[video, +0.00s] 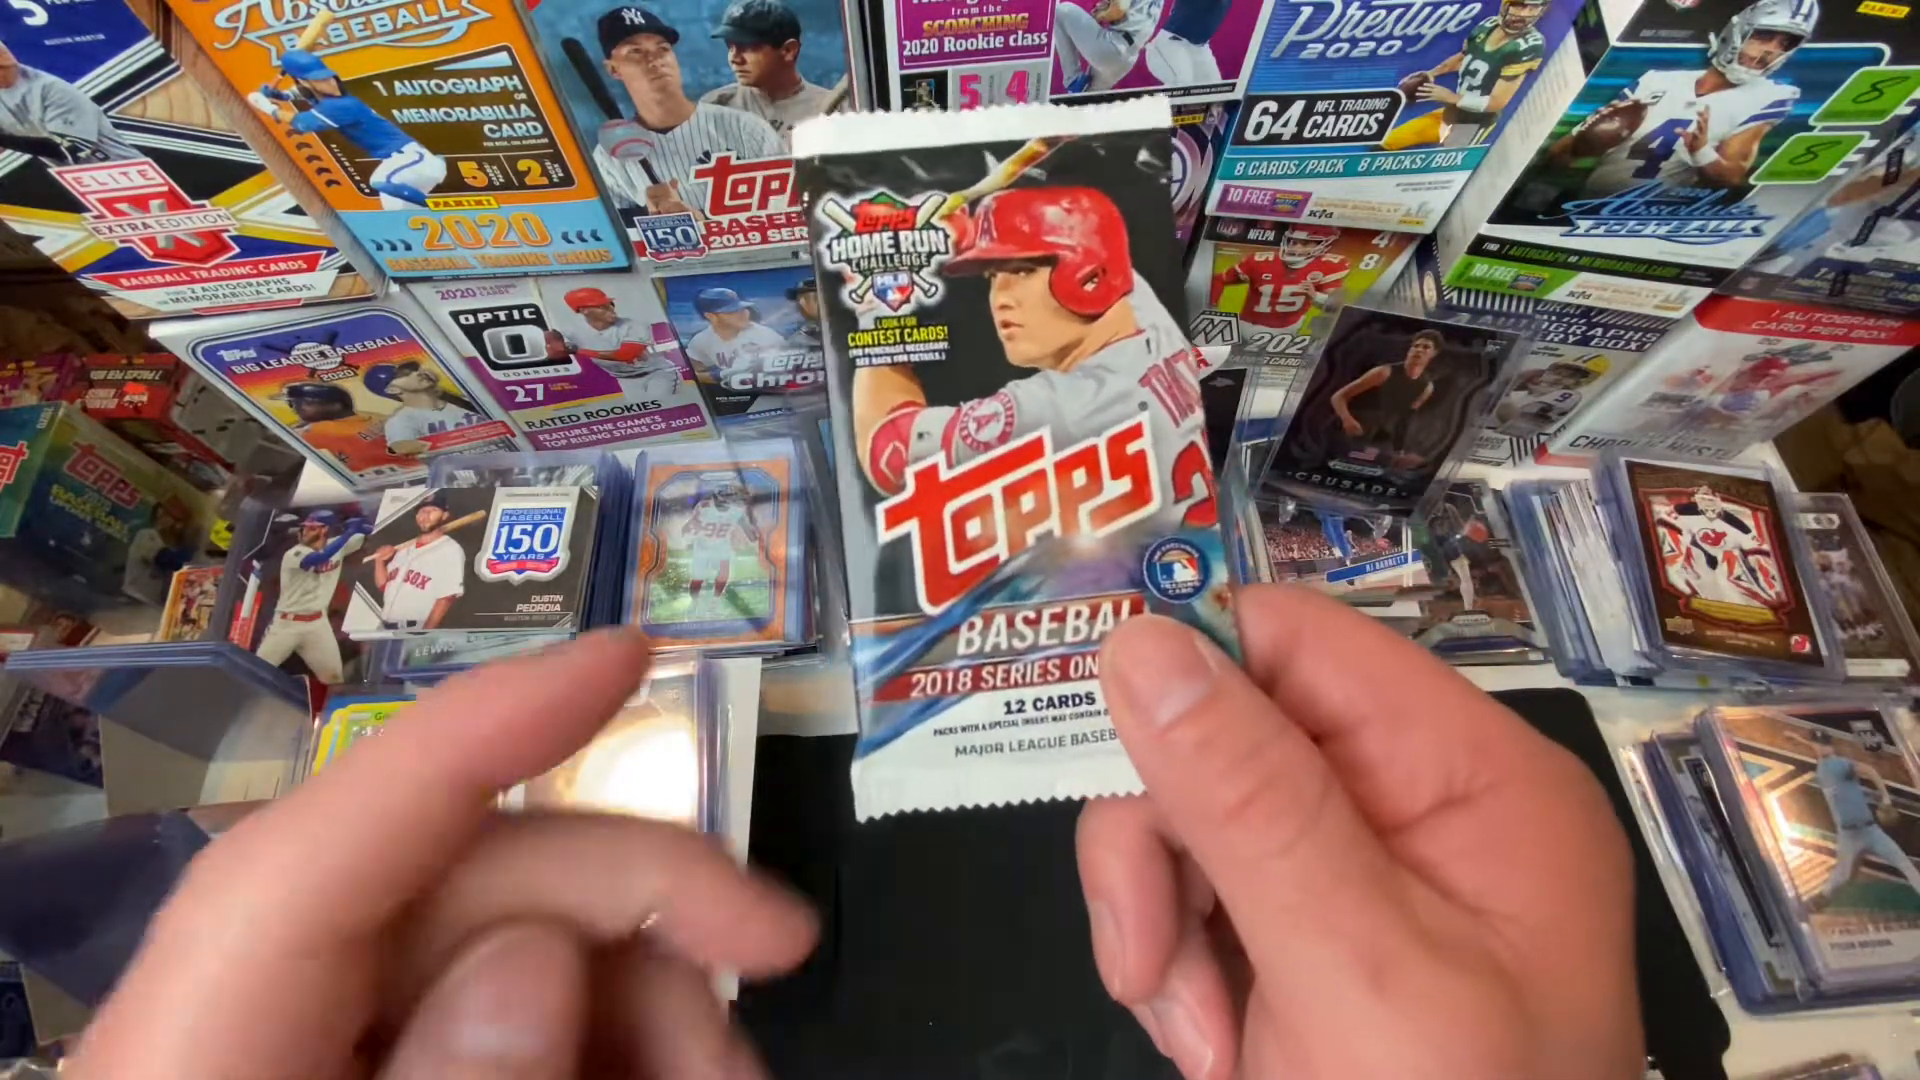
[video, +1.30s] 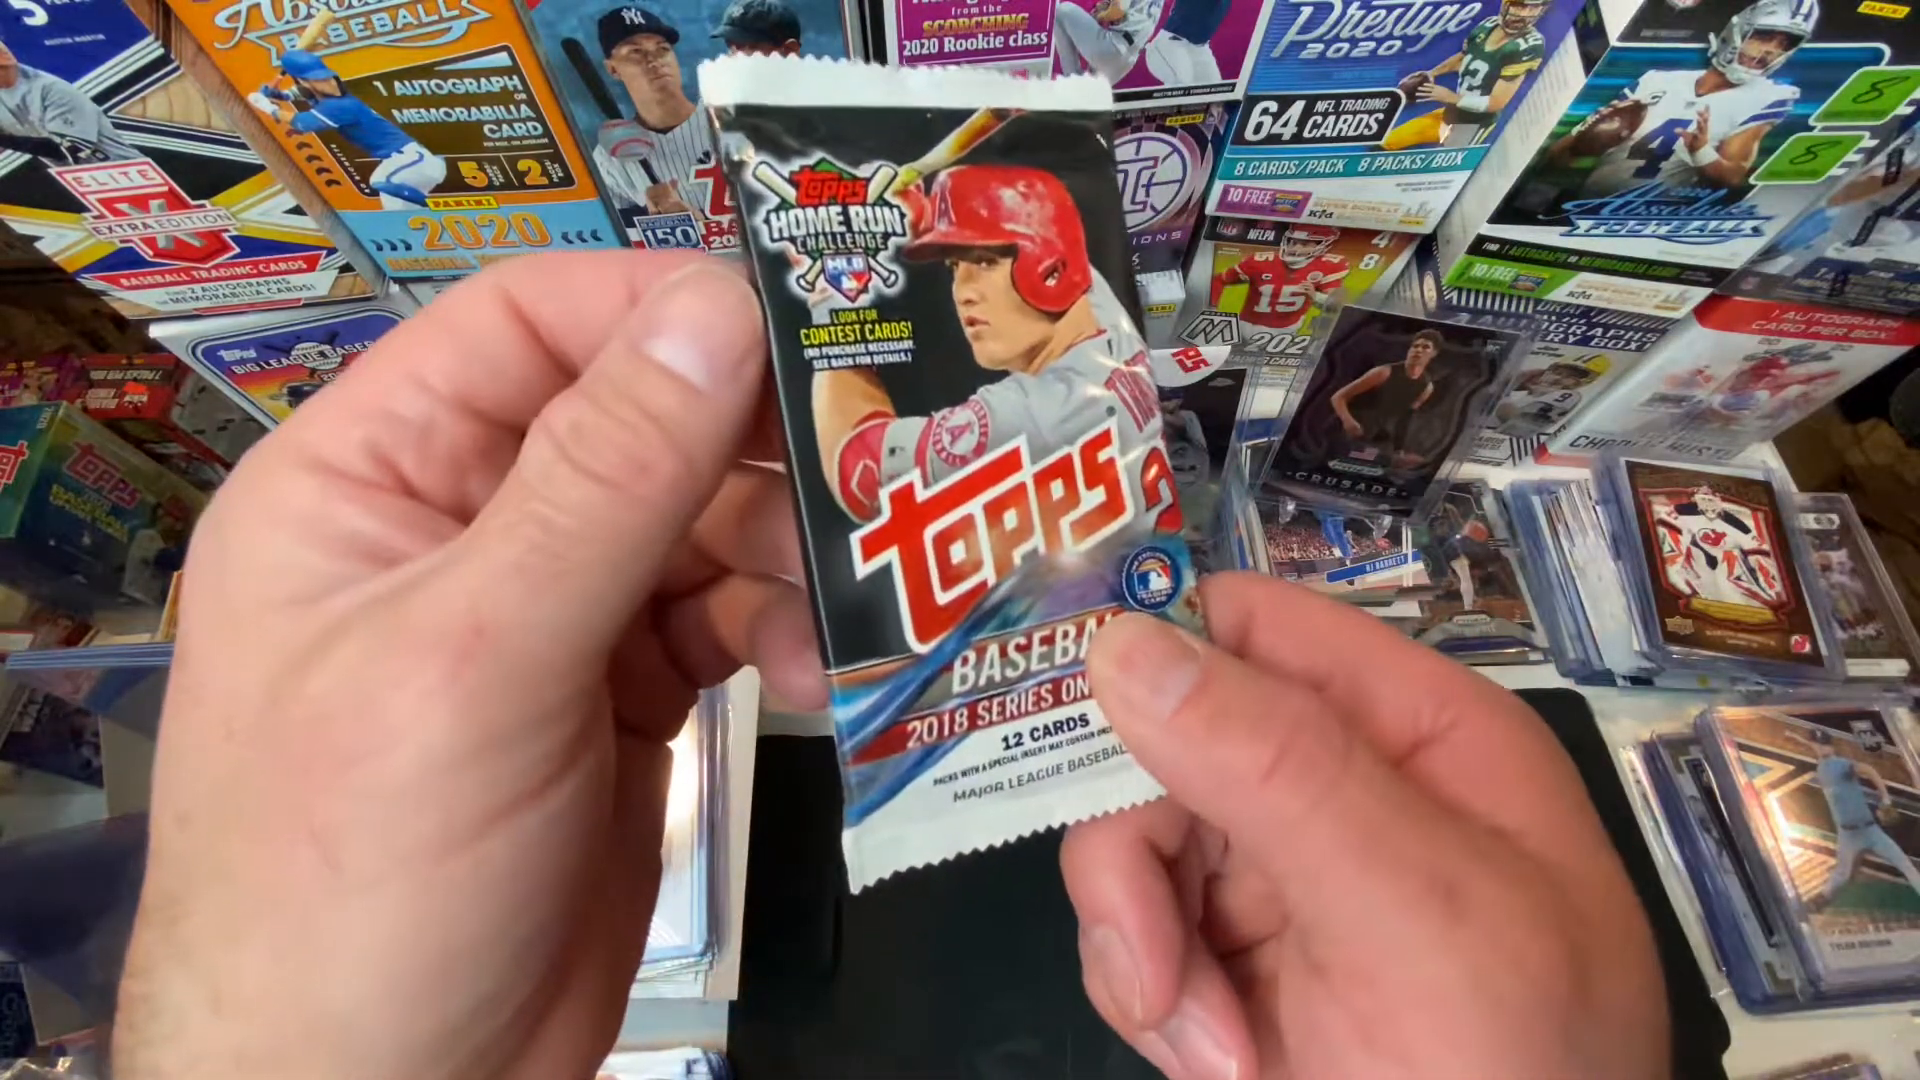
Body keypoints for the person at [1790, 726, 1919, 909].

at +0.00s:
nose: (1823, 749)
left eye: (1825, 744)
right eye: (1819, 745)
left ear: (1831, 745)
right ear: (1815, 748)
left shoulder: (1841, 764)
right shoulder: (1822, 768)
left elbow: (1870, 771)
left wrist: (1885, 796)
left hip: (1869, 828)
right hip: (1847, 833)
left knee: (1903, 862)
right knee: (1842, 875)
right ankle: (1822, 897)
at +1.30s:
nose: (1823, 750)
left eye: (1825, 745)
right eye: (1819, 746)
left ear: (1831, 745)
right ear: (1814, 748)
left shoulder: (1841, 764)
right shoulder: (1821, 768)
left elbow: (1869, 770)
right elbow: (1814, 748)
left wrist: (1884, 797)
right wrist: (1799, 739)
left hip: (1870, 828)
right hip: (1846, 833)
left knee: (1904, 863)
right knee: (1842, 874)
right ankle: (1824, 898)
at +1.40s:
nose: (1824, 749)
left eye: (1827, 744)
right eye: (1819, 745)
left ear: (1831, 744)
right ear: (1813, 747)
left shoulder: (1840, 764)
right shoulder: (1824, 768)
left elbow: (1869, 770)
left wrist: (1885, 798)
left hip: (1870, 828)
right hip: (1847, 834)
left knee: (1903, 863)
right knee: (1842, 875)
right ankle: (1822, 899)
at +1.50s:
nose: (1825, 749)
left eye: (1827, 744)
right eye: (1820, 746)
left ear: (1831, 745)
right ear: (1813, 747)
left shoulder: (1840, 764)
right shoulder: (1824, 767)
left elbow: (1869, 770)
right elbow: (1866, 770)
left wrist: (1885, 798)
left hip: (1870, 829)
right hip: (1847, 834)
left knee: (1904, 863)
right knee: (1842, 875)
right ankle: (1821, 899)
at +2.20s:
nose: (1823, 750)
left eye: (1826, 745)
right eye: (1819, 746)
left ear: (1832, 746)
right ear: (1815, 749)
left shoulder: (1842, 764)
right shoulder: (1821, 770)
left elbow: (1870, 771)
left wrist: (1885, 797)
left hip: (1869, 828)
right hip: (1847, 833)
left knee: (1902, 862)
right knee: (1842, 874)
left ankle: (1919, 888)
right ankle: (1820, 900)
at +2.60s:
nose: (1823, 749)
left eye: (1826, 744)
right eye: (1819, 745)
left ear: (1832, 745)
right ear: (1814, 747)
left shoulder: (1842, 764)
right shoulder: (1821, 769)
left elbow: (1870, 771)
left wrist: (1885, 797)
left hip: (1870, 828)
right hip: (1847, 833)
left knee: (1902, 862)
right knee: (1843, 875)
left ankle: (1918, 889)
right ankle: (1819, 902)